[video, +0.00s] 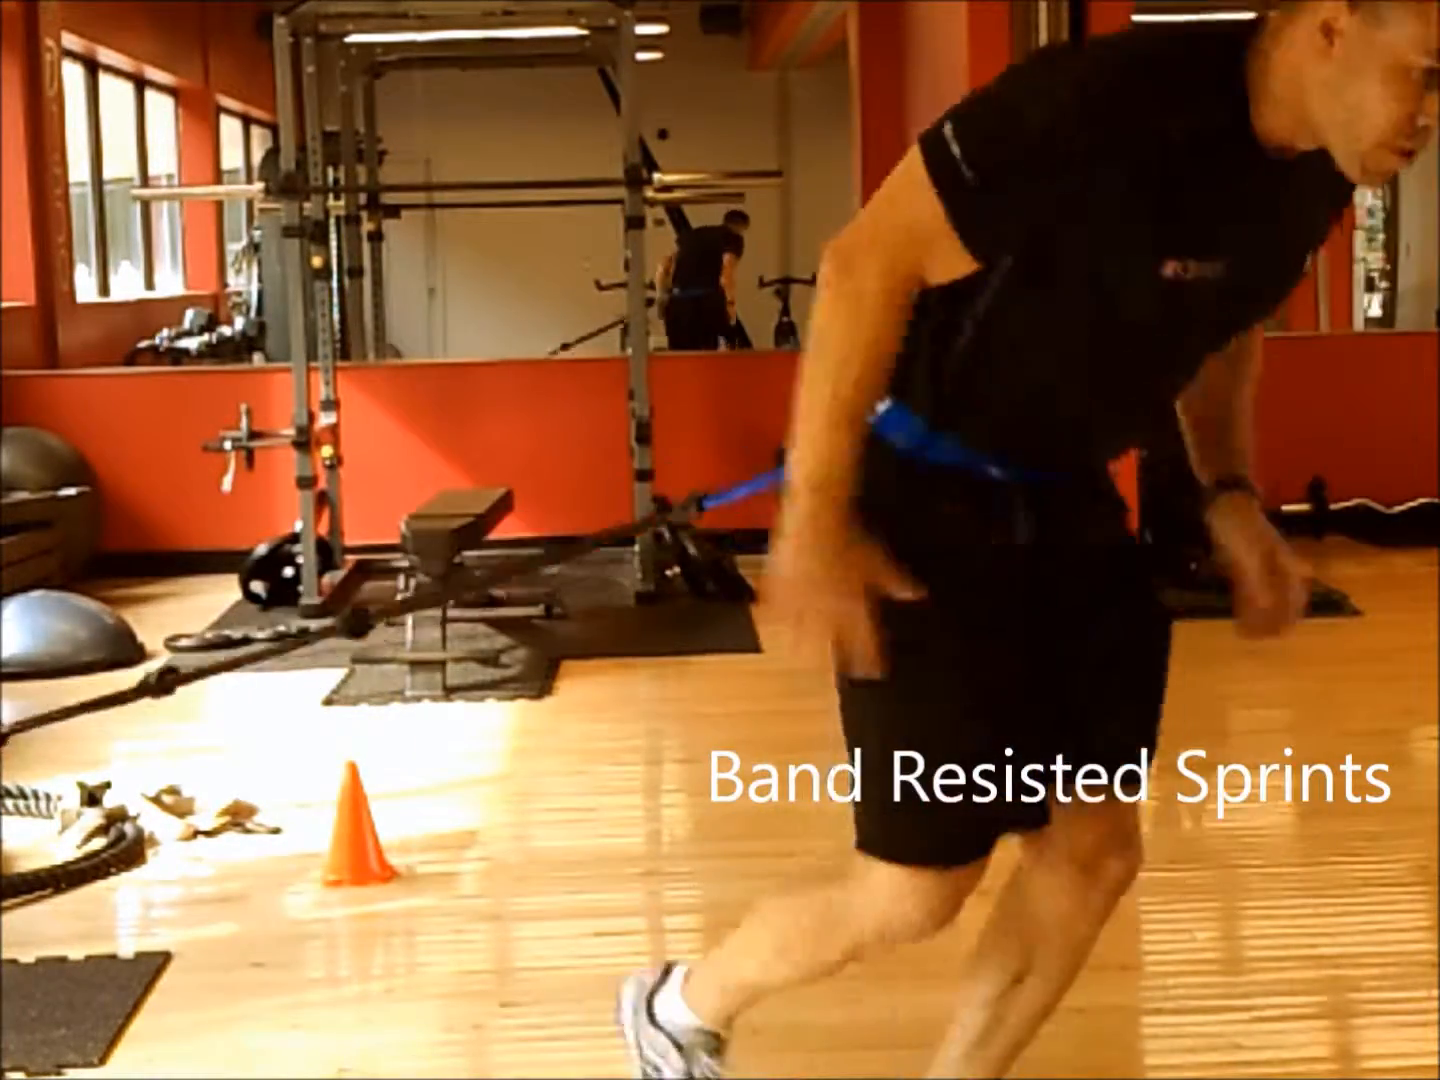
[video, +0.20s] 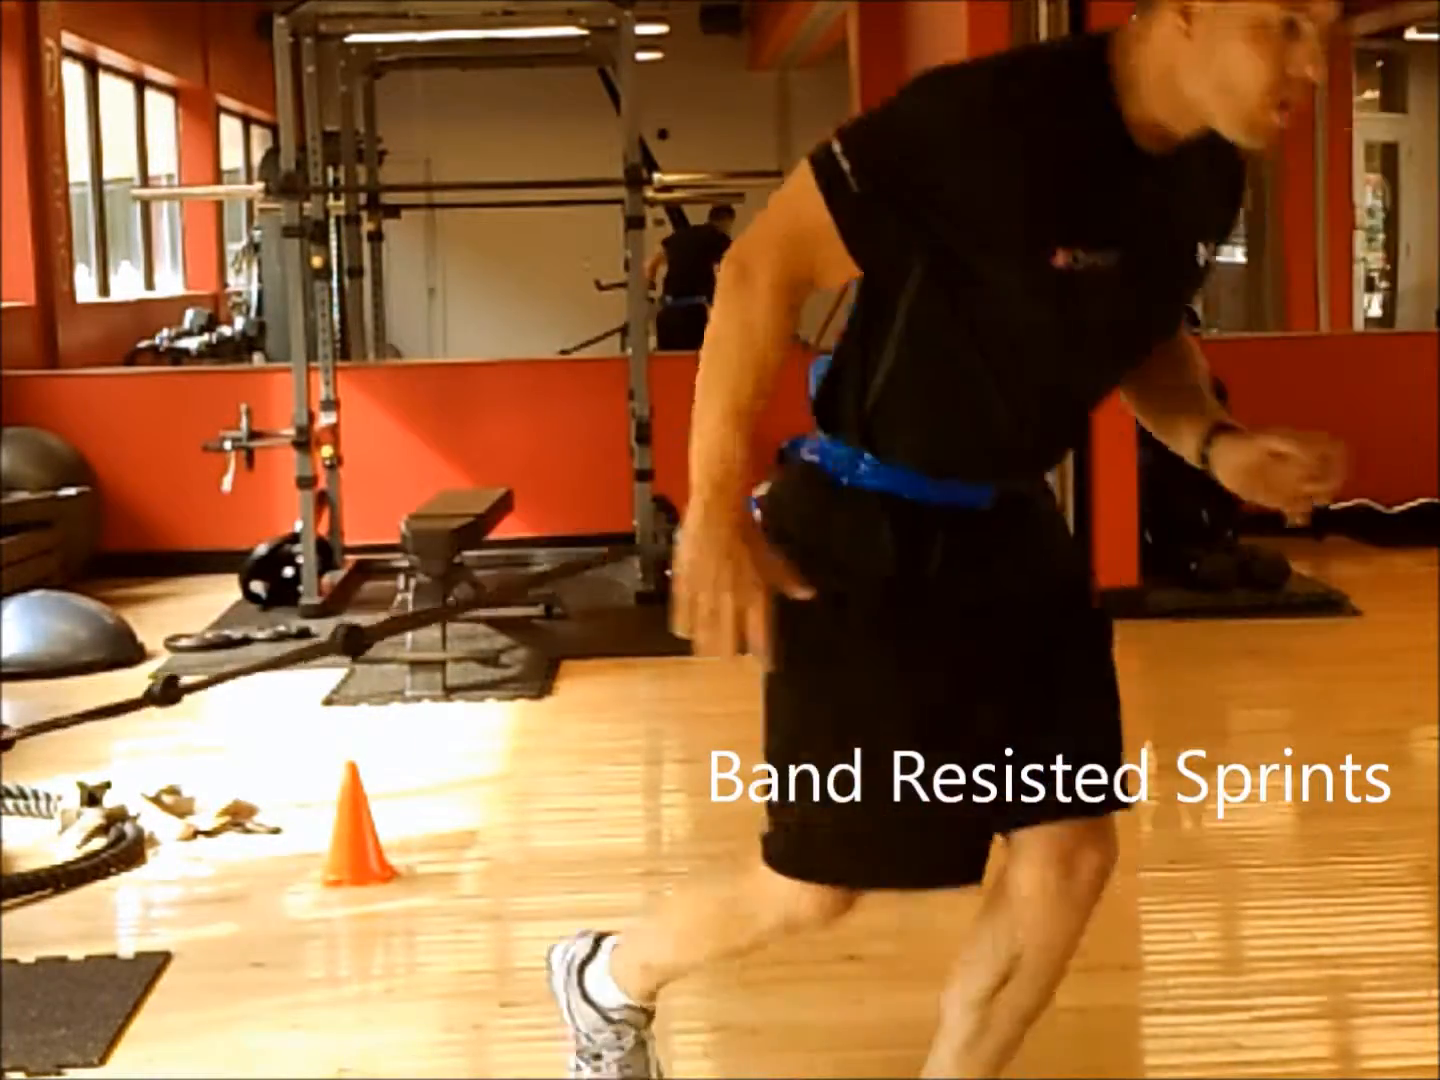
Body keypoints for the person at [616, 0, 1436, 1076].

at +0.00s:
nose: (1432, 114)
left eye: (1439, 83)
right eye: (1420, 76)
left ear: (1337, 45)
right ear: (1322, 37)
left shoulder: (1320, 166)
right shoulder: (1095, 97)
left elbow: (1223, 328)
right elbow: (865, 258)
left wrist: (1231, 493)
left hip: (1072, 494)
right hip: (920, 481)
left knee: (1093, 854)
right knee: (916, 887)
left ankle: (955, 1076)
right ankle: (676, 1009)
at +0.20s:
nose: (1310, 72)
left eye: (1318, 38)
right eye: (1285, 30)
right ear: (1173, 18)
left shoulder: (1208, 169)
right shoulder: (974, 116)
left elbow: (1138, 327)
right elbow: (762, 266)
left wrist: (1218, 445)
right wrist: (714, 509)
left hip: (1011, 520)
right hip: (856, 520)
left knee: (1068, 851)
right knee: (819, 882)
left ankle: (950, 1077)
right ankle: (608, 975)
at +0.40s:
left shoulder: (1004, 78)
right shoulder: (788, 37)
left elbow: (976, 259)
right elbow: (671, 262)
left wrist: (956, 408)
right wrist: (885, 299)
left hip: (876, 460)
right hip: (725, 460)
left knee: (914, 770)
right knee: (709, 780)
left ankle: (816, 1051)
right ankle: (600, 1031)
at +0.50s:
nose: (916, 8)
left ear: (905, 10)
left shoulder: (902, 120)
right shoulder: (687, 101)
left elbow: (891, 299)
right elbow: (577, 302)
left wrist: (892, 456)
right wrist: (783, 271)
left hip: (790, 480)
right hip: (651, 483)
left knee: (861, 771)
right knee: (677, 790)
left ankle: (690, 924)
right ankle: (594, 1047)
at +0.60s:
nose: (842, 9)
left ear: (832, 13)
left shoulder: (825, 127)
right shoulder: (608, 99)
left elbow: (824, 304)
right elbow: (486, 274)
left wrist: (849, 462)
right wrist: (640, 377)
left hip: (710, 464)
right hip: (585, 462)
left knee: (749, 732)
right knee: (639, 767)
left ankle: (575, 839)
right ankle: (593, 1046)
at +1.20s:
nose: (465, 45)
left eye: (475, 26)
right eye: (443, 22)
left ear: (477, 33)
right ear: (381, 19)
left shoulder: (481, 140)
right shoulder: (290, 128)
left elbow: (498, 265)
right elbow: (196, 270)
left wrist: (507, 368)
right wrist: (273, 404)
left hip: (431, 428)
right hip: (313, 432)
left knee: (450, 653)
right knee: (299, 648)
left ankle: (437, 893)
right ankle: (216, 805)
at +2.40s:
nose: (321, 122)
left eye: (332, 104)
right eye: (302, 101)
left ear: (340, 108)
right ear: (245, 95)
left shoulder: (347, 208)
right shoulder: (161, 188)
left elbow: (379, 338)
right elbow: (60, 296)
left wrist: (390, 452)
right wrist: (56, 438)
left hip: (265, 451)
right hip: (165, 442)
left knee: (230, 646)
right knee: (208, 639)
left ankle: (184, 810)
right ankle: (172, 824)